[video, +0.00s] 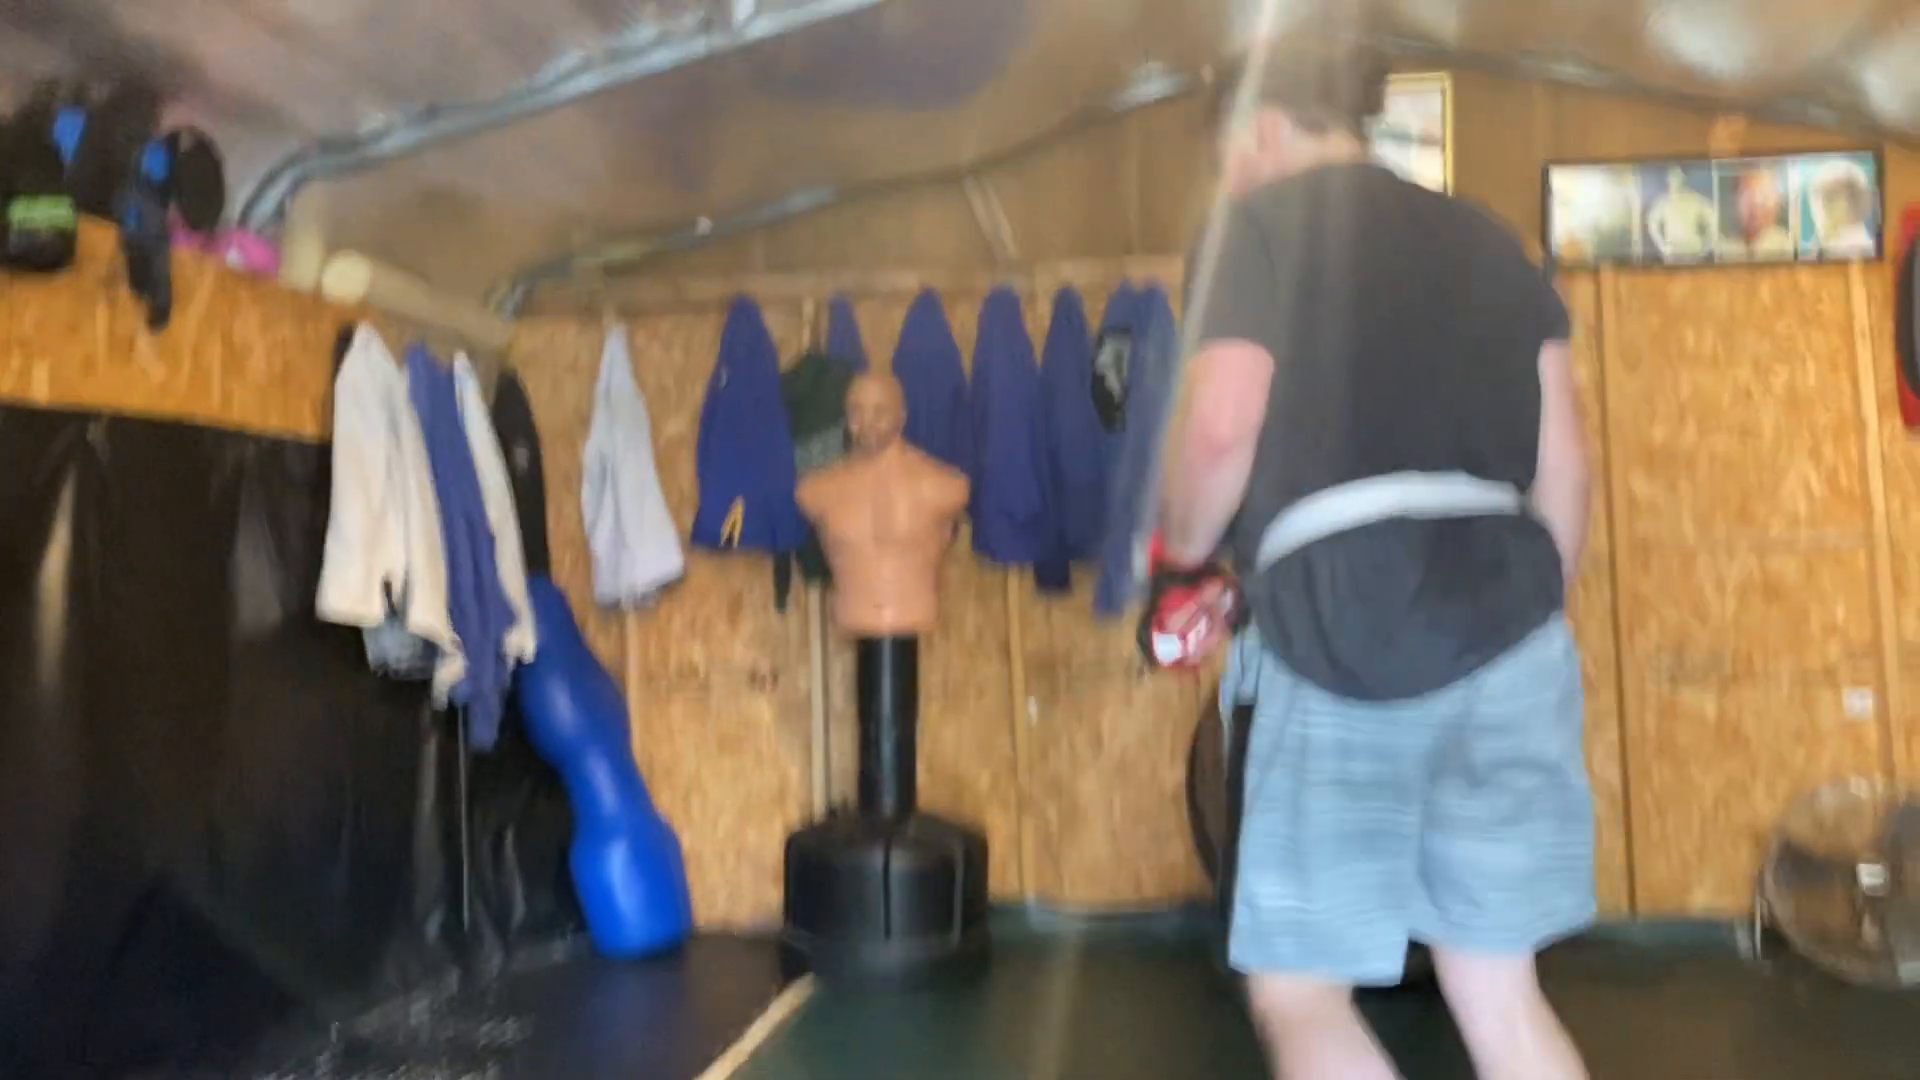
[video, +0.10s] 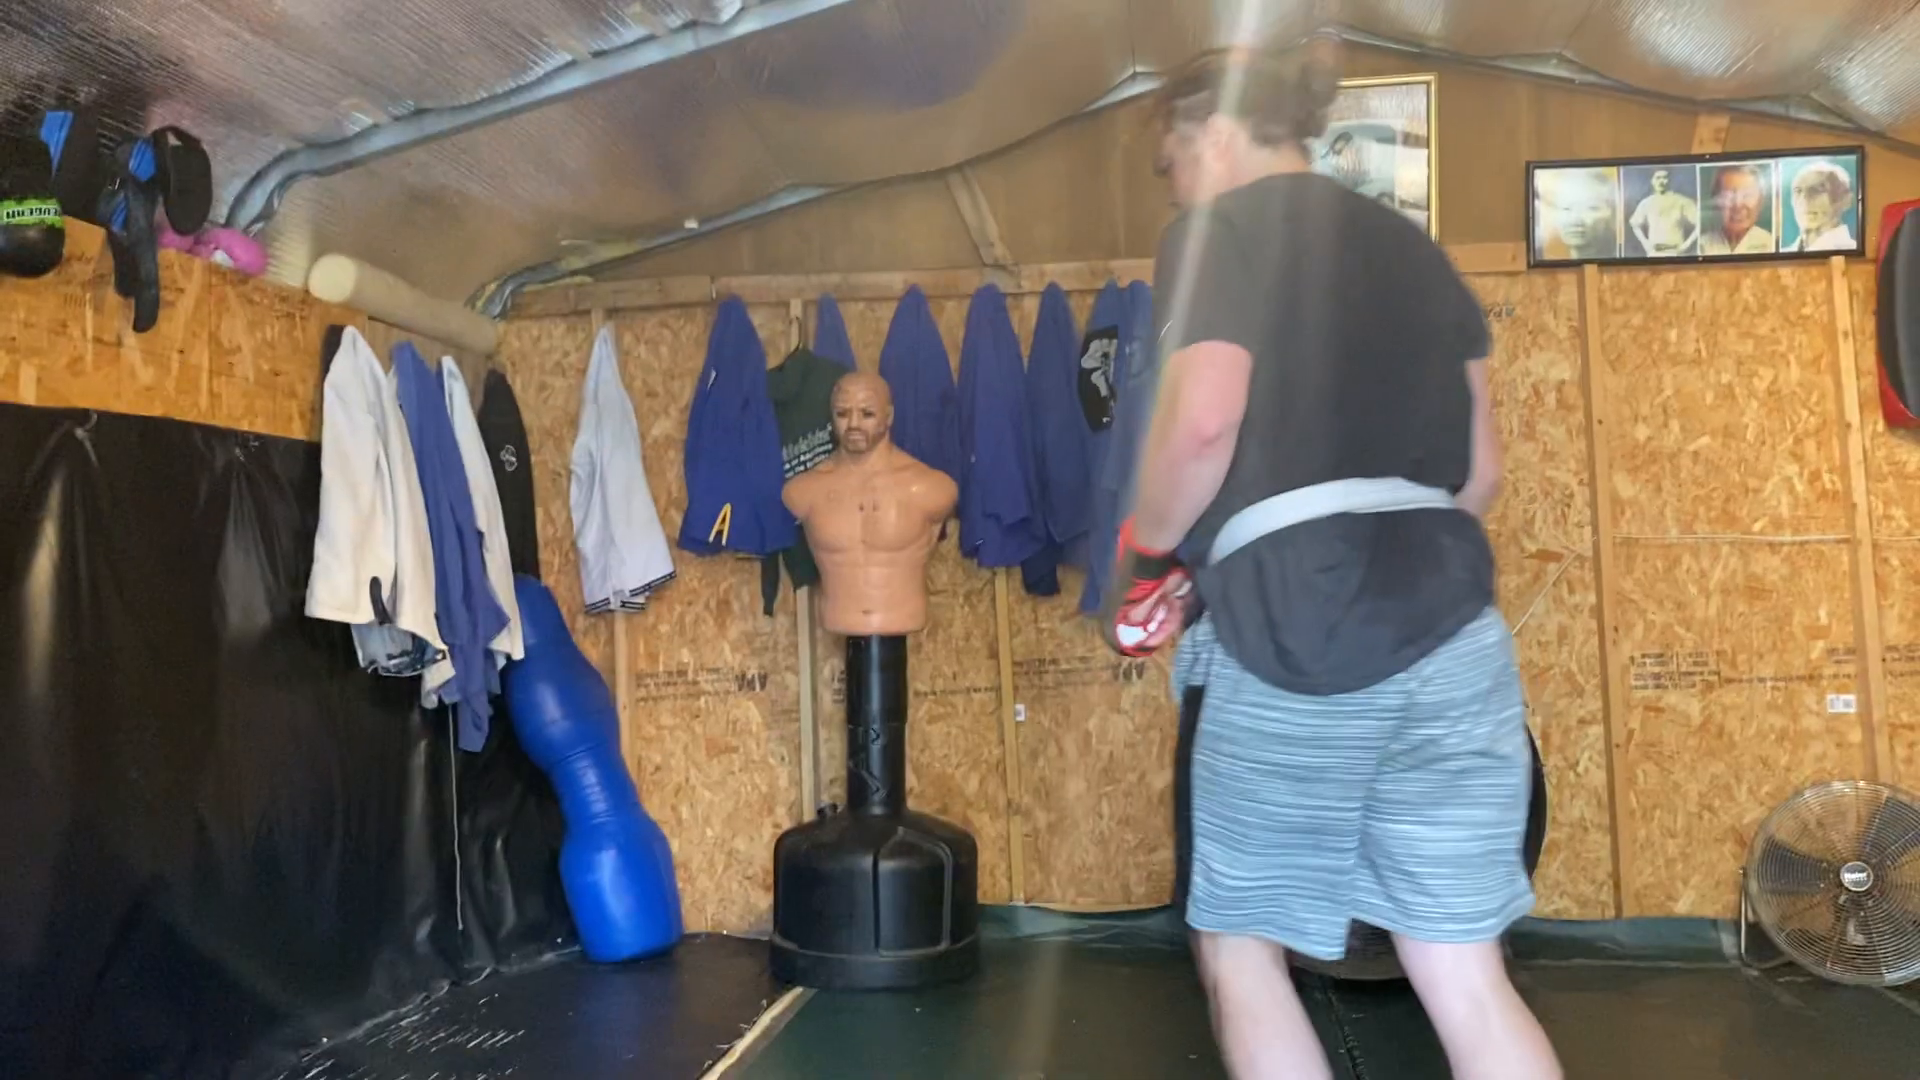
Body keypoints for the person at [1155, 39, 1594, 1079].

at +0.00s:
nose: (1230, 183)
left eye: (1229, 159)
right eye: (1225, 164)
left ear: (1269, 133)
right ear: (1356, 132)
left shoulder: (1269, 219)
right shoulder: (1495, 239)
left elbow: (1223, 424)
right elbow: (1562, 466)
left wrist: (1182, 562)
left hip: (1340, 622)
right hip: (1512, 616)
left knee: (1300, 989)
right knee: (1497, 978)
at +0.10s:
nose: (1179, 195)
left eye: (1176, 166)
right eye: (1172, 171)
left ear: (1218, 137)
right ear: (1298, 134)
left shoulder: (1230, 229)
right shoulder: (1417, 245)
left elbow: (1206, 417)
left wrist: (1144, 550)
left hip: (1291, 625)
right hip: (1451, 612)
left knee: (1240, 943)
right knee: (1461, 955)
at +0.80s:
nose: (962, 287)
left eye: (983, 268)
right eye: (950, 270)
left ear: (1029, 275)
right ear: (936, 283)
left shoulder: (1079, 384)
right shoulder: (958, 407)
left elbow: (1133, 540)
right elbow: (943, 556)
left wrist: (992, 606)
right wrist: (900, 623)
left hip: (1073, 679)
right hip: (989, 686)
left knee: (1058, 942)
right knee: (993, 922)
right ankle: (1021, 1073)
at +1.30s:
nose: (822, 270)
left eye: (839, 254)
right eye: (804, 257)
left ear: (870, 268)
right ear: (783, 276)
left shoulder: (940, 366)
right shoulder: (761, 398)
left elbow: (1017, 478)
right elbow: (740, 536)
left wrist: (976, 556)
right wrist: (710, 594)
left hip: (955, 651)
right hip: (841, 664)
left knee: (997, 882)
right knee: (879, 886)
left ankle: (1044, 1072)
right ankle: (908, 1073)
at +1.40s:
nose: (828, 269)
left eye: (845, 252)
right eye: (811, 254)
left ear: (874, 268)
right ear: (788, 274)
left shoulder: (944, 366)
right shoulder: (761, 394)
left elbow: (1015, 479)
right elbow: (743, 524)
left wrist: (978, 558)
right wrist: (733, 583)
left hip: (956, 649)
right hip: (839, 661)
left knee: (992, 883)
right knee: (876, 887)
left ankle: (1036, 1073)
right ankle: (905, 1074)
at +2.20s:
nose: (871, 256)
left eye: (890, 240)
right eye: (852, 240)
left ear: (916, 261)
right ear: (821, 261)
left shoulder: (967, 376)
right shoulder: (768, 373)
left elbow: (1026, 513)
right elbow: (730, 510)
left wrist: (973, 562)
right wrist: (758, 567)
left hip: (944, 662)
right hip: (808, 663)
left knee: (986, 904)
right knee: (795, 917)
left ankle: (1027, 1076)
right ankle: (772, 1079)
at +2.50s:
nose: (776, 239)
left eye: (793, 222)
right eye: (755, 223)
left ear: (821, 239)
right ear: (725, 241)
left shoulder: (886, 355)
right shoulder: (676, 369)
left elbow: (946, 484)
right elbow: (635, 511)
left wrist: (917, 550)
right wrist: (671, 570)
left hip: (886, 653)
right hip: (750, 658)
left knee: (952, 899)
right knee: (766, 922)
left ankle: (1006, 1074)